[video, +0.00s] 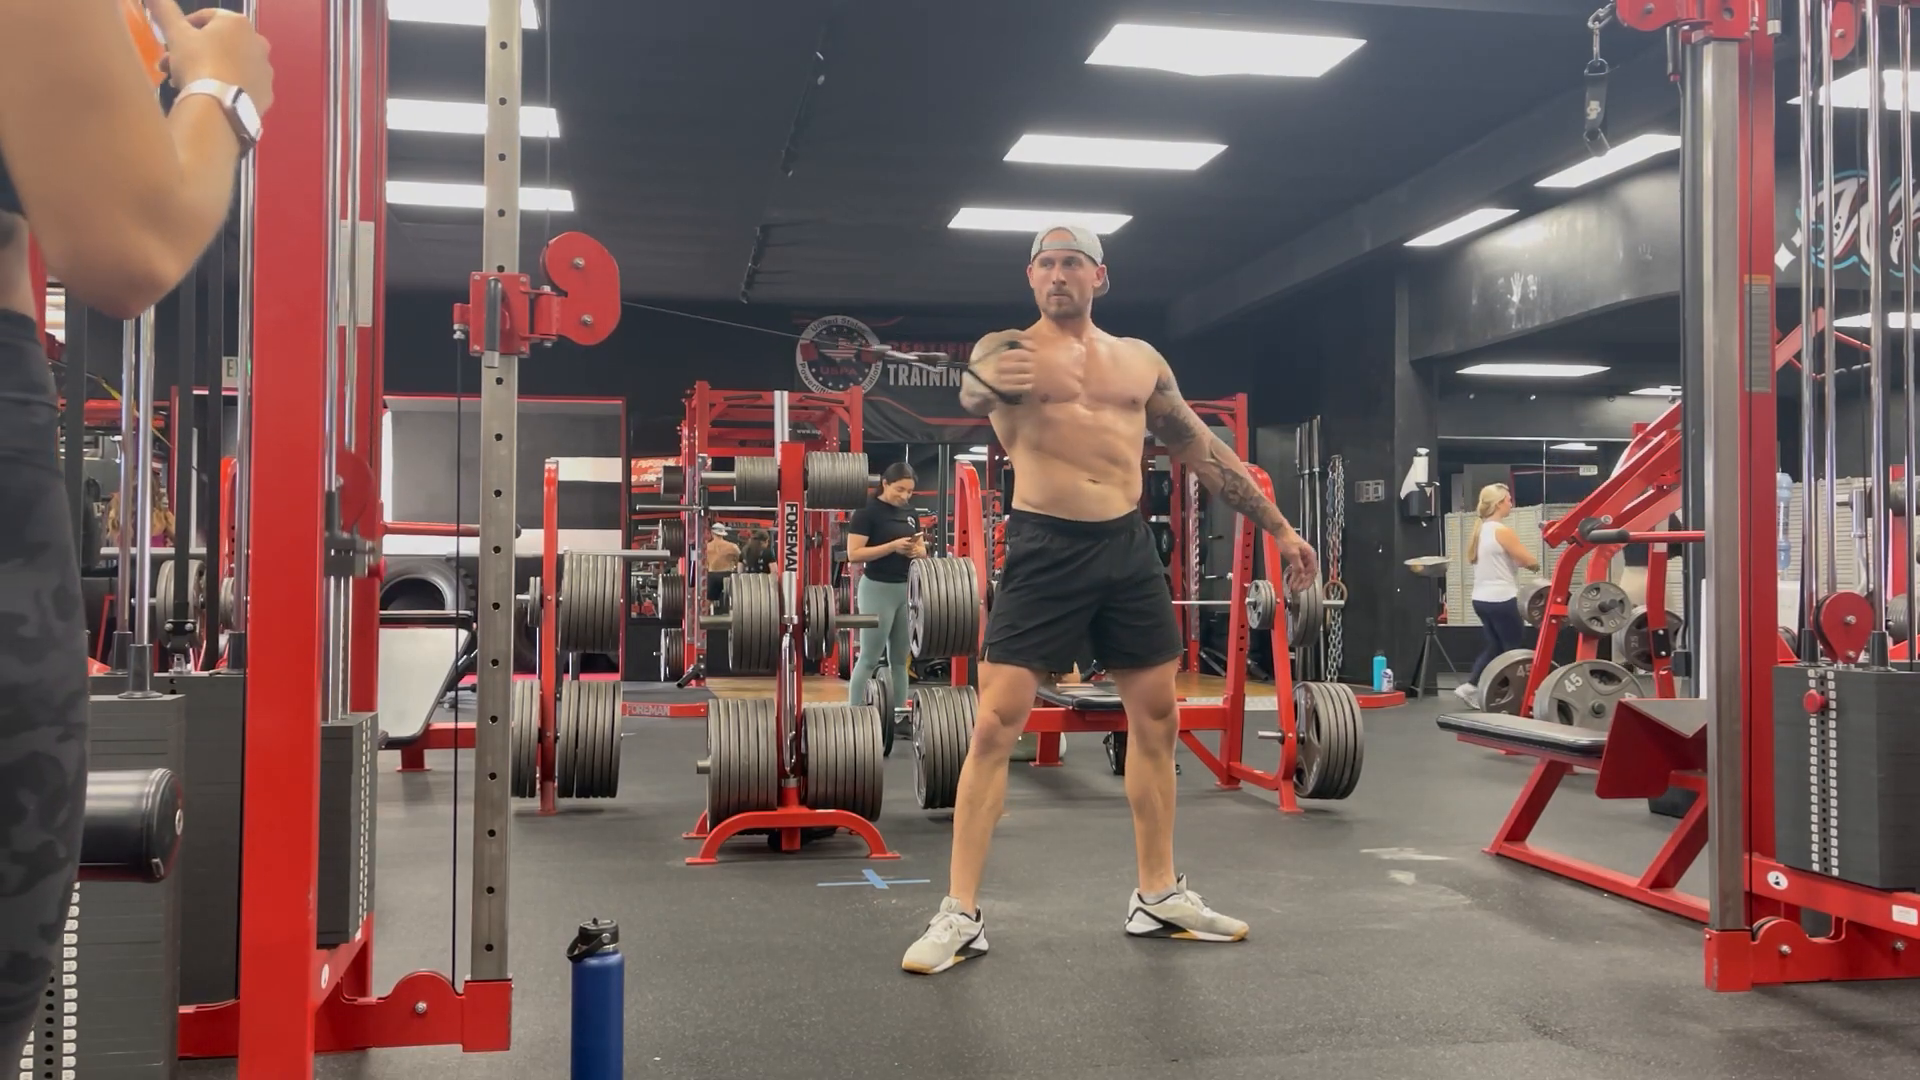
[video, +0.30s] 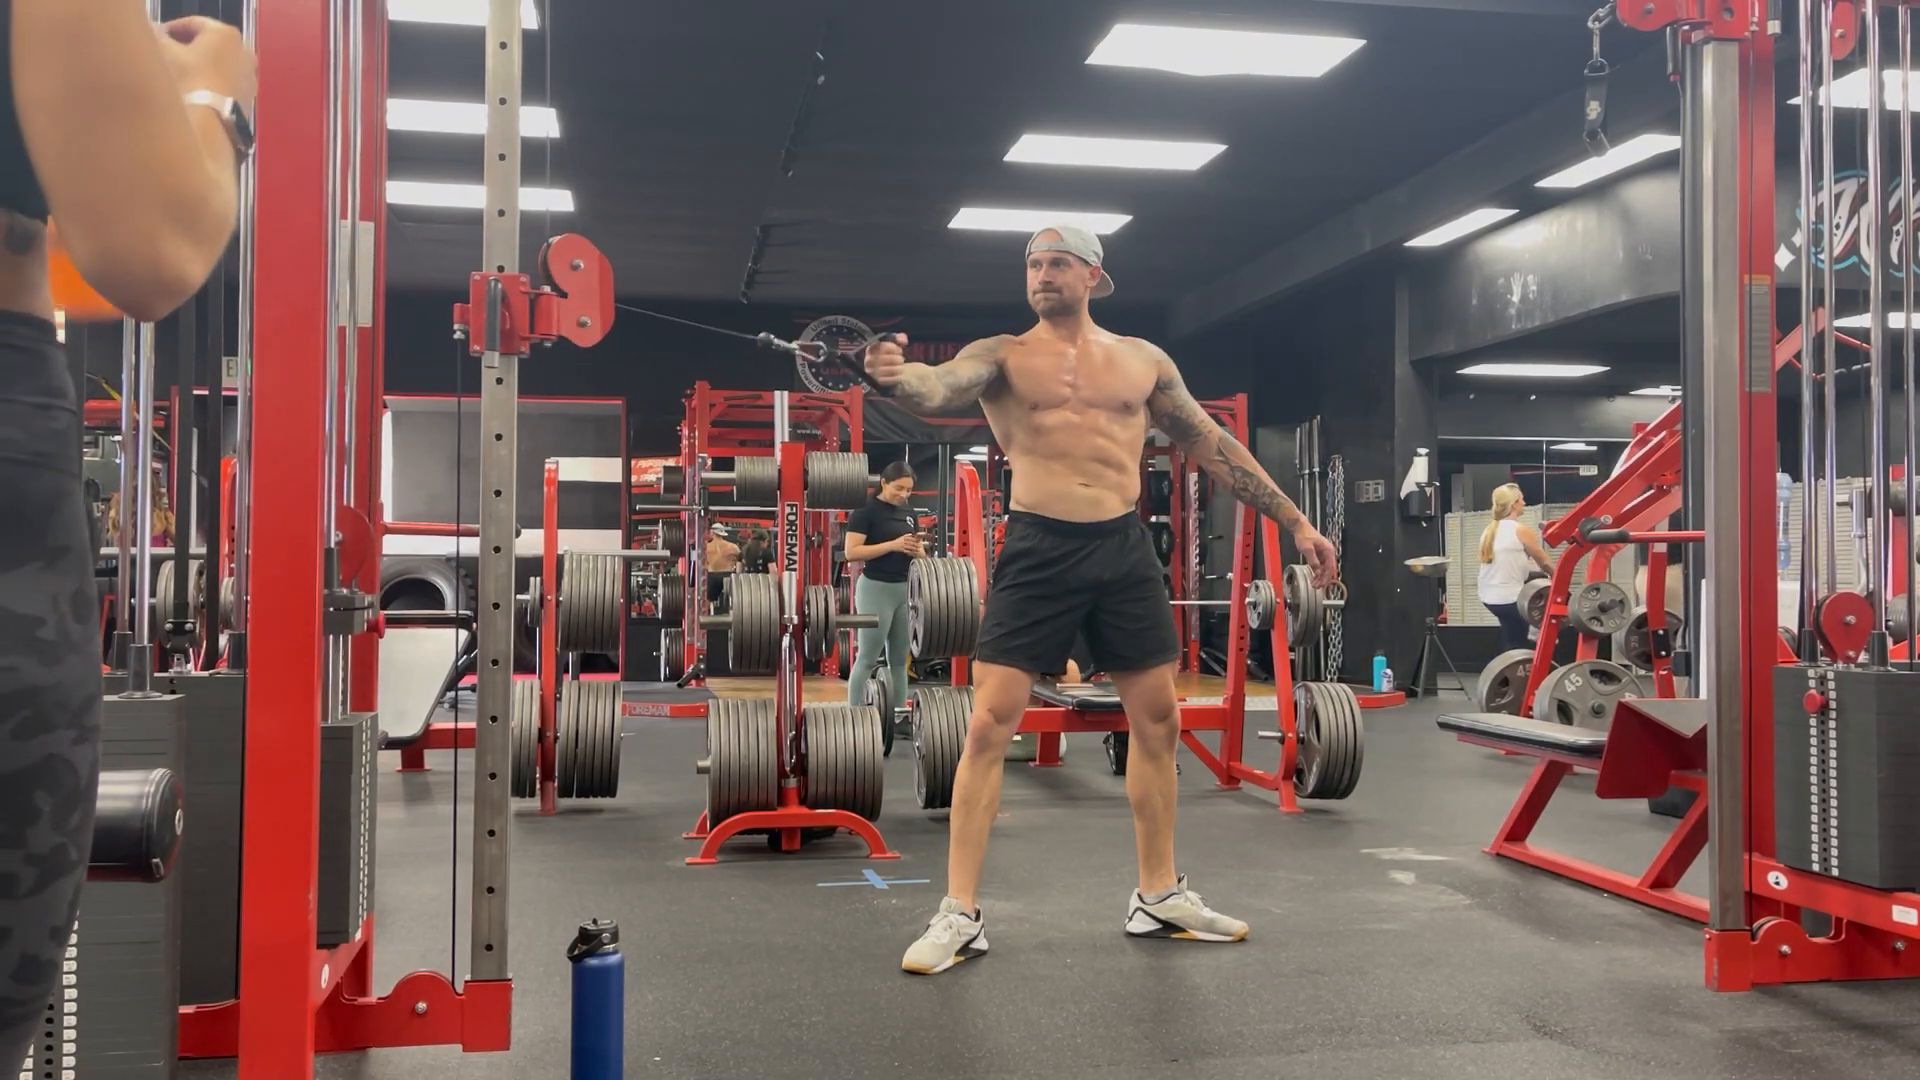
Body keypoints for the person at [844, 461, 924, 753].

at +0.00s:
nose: (905, 496)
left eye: (909, 491)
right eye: (900, 490)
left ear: (912, 490)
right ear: (885, 484)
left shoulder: (909, 514)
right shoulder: (867, 513)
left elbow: (921, 551)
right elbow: (853, 553)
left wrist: (919, 549)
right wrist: (892, 547)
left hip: (904, 591)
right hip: (876, 590)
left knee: (900, 660)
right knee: (869, 658)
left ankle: (900, 717)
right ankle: (854, 716)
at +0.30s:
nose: (904, 494)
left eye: (908, 490)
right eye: (899, 488)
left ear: (910, 489)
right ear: (884, 483)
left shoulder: (908, 514)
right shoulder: (866, 512)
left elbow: (918, 555)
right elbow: (850, 552)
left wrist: (918, 549)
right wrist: (893, 545)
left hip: (902, 590)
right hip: (875, 589)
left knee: (899, 659)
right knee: (868, 658)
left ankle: (900, 715)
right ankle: (854, 716)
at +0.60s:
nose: (904, 494)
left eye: (907, 489)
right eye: (899, 488)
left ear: (909, 488)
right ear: (882, 483)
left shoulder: (903, 514)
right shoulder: (865, 512)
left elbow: (913, 552)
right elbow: (850, 552)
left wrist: (916, 551)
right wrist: (890, 546)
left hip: (900, 591)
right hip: (873, 590)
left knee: (898, 660)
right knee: (867, 657)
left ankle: (901, 716)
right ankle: (853, 715)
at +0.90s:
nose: (902, 494)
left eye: (905, 490)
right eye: (897, 488)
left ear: (907, 489)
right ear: (881, 483)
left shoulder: (901, 515)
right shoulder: (862, 513)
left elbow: (910, 552)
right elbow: (850, 552)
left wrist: (915, 551)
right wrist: (891, 545)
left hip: (900, 591)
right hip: (873, 590)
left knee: (898, 660)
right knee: (866, 658)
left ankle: (901, 716)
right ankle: (854, 716)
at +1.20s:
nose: (900, 495)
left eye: (904, 491)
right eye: (895, 489)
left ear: (906, 490)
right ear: (881, 484)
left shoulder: (898, 515)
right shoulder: (861, 513)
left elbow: (912, 555)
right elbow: (848, 553)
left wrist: (913, 550)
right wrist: (891, 545)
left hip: (899, 591)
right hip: (872, 590)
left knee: (898, 660)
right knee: (866, 657)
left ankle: (901, 716)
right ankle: (854, 716)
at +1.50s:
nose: (898, 496)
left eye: (902, 491)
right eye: (894, 489)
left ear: (904, 490)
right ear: (879, 484)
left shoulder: (896, 515)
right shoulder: (859, 513)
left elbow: (905, 553)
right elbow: (847, 553)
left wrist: (913, 550)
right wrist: (889, 547)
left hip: (899, 590)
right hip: (871, 589)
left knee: (897, 660)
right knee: (866, 656)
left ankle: (901, 715)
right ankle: (853, 715)